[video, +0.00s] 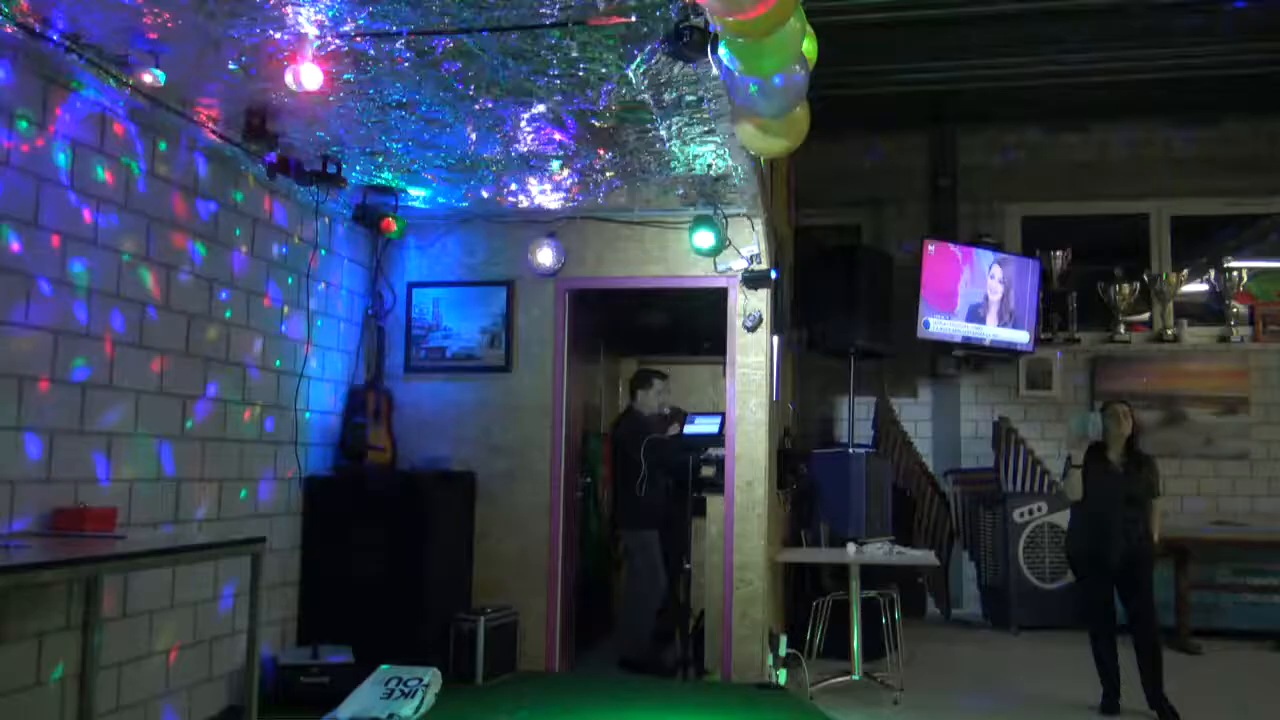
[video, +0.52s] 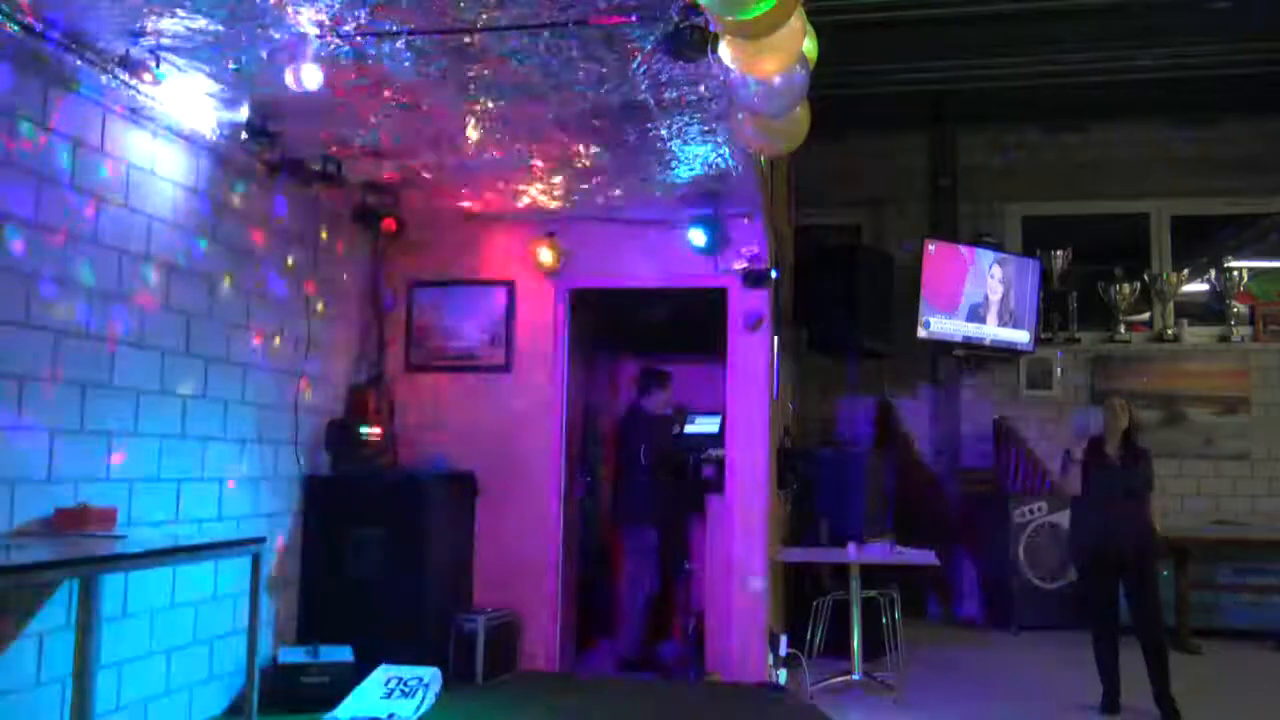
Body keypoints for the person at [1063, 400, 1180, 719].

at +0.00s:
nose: (1120, 422)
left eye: (1125, 417)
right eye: (1113, 417)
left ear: (1133, 424)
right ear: (1103, 424)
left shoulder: (1144, 462)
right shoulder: (1088, 459)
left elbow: (1153, 506)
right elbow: (1073, 496)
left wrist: (1153, 542)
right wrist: (1071, 463)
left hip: (1133, 553)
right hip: (1093, 554)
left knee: (1145, 625)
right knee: (1101, 626)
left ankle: (1156, 696)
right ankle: (1110, 693)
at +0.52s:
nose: (1115, 417)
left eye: (1121, 412)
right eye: (1110, 411)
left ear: (1129, 419)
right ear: (1102, 418)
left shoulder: (1139, 455)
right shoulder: (1089, 452)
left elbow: (1148, 501)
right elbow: (1075, 494)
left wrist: (1156, 541)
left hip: (1136, 550)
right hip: (1097, 552)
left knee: (1150, 627)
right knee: (1104, 626)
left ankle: (1164, 699)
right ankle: (1110, 695)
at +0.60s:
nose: (1115, 418)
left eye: (1120, 413)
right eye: (1110, 412)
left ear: (1129, 420)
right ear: (1101, 418)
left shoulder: (1139, 455)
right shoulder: (1090, 454)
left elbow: (1145, 498)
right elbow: (1084, 502)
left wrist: (1154, 545)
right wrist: (1076, 550)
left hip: (1136, 551)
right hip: (1097, 552)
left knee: (1150, 627)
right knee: (1103, 627)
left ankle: (1164, 699)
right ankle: (1110, 695)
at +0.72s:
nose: (1115, 421)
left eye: (1120, 415)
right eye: (1109, 414)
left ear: (1128, 421)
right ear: (1100, 420)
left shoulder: (1139, 457)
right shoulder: (1089, 455)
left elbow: (1142, 496)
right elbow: (1079, 504)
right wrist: (1075, 552)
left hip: (1134, 551)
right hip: (1094, 552)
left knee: (1150, 625)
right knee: (1101, 627)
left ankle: (1166, 698)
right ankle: (1109, 695)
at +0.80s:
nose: (1115, 421)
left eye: (1120, 415)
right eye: (1109, 415)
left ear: (1129, 421)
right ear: (1099, 420)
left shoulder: (1141, 458)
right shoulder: (1088, 455)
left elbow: (1145, 500)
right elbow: (1073, 494)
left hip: (1134, 551)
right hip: (1094, 552)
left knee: (1151, 625)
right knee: (1101, 626)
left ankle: (1170, 696)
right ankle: (1109, 694)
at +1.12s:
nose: (1126, 424)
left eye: (1131, 418)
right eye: (1120, 418)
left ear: (1139, 423)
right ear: (1112, 422)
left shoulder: (1155, 458)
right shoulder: (1100, 454)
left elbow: (1167, 502)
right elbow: (1084, 494)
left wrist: (1166, 539)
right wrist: (1082, 466)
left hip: (1145, 550)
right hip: (1103, 549)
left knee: (1166, 626)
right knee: (1104, 626)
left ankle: (1193, 702)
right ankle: (1109, 697)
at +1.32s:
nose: (1132, 425)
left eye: (1137, 418)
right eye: (1127, 419)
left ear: (1150, 422)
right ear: (1120, 424)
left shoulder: (1171, 458)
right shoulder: (1115, 457)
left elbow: (1179, 506)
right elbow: (1115, 502)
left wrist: (1178, 543)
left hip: (1163, 553)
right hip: (1119, 553)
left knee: (1182, 631)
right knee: (1114, 629)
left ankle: (1198, 706)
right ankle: (1109, 701)